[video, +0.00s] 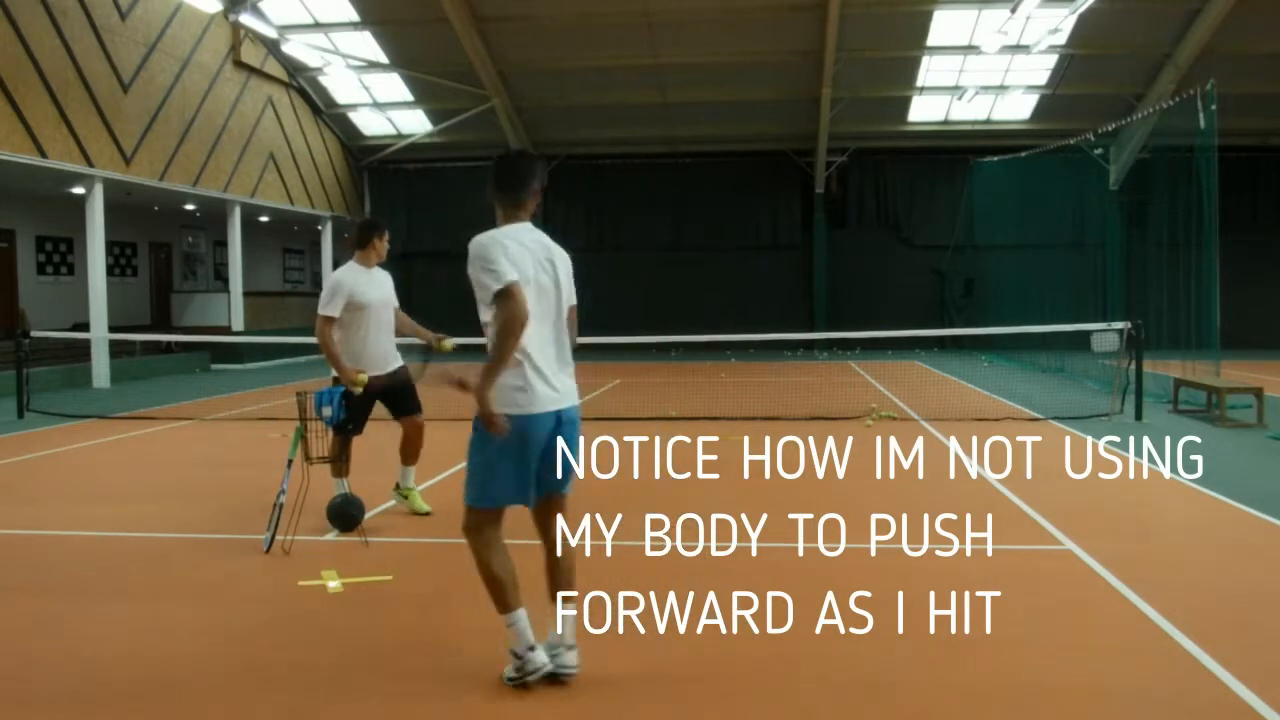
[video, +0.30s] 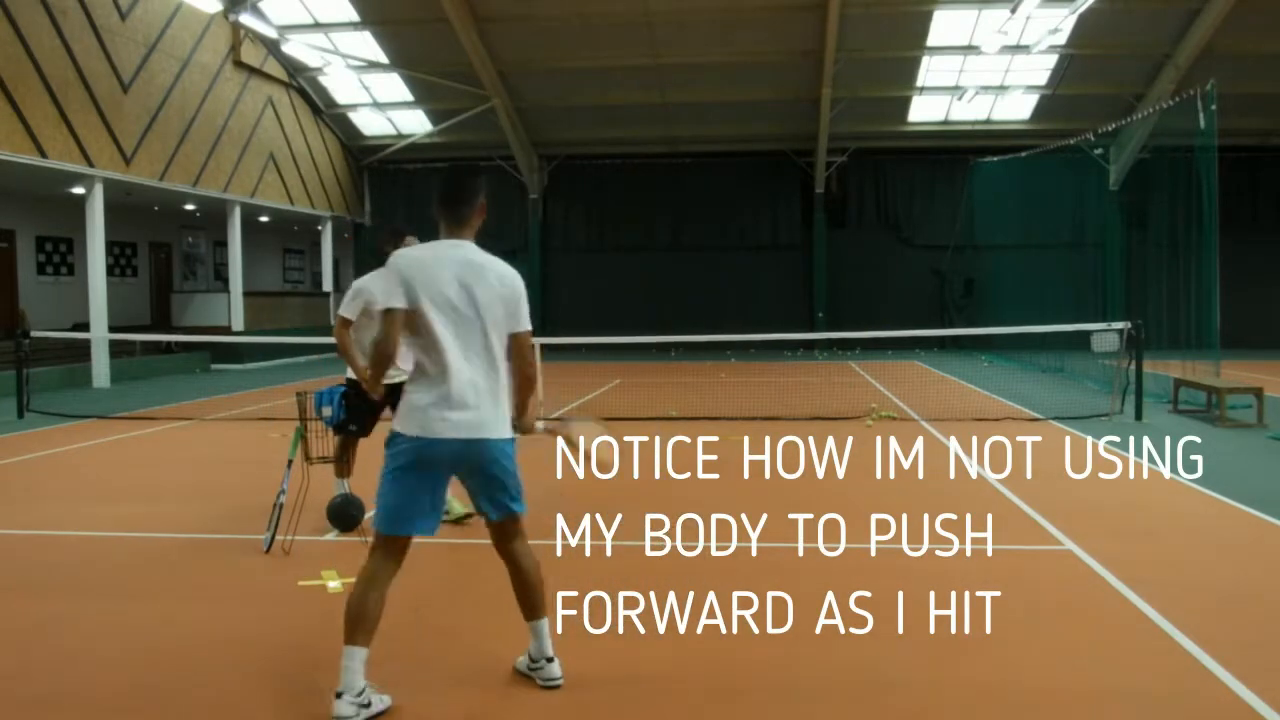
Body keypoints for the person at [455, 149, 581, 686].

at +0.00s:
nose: (538, 197)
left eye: (517, 190)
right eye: (539, 190)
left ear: (493, 193)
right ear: (537, 195)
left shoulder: (489, 244)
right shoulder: (558, 252)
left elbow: (515, 311)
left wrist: (486, 385)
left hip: (514, 409)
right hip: (563, 406)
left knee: (481, 526)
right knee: (552, 516)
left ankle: (526, 648)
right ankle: (565, 642)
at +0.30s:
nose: (482, 216)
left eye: (472, 208)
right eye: (483, 209)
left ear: (436, 213)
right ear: (480, 213)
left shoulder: (404, 264)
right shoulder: (505, 276)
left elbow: (387, 344)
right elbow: (525, 361)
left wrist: (371, 381)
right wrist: (524, 417)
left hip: (419, 434)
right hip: (488, 432)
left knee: (383, 559)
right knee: (513, 542)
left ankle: (351, 687)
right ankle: (545, 656)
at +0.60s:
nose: (444, 196)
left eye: (438, 188)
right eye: (444, 189)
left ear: (391, 194)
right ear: (438, 193)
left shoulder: (361, 255)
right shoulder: (449, 258)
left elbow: (347, 342)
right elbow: (462, 350)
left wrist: (403, 353)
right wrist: (486, 390)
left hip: (365, 432)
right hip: (428, 431)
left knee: (368, 567)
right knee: (479, 559)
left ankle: (350, 694)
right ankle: (523, 685)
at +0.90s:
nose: (469, 211)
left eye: (465, 204)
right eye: (469, 204)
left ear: (420, 207)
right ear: (464, 207)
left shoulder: (397, 269)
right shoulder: (455, 274)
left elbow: (408, 359)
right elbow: (458, 378)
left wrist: (477, 358)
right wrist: (486, 410)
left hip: (383, 449)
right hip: (429, 454)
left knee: (404, 569)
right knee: (459, 593)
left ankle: (356, 697)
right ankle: (416, 715)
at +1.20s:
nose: (516, 215)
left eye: (512, 205)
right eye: (516, 206)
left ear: (467, 208)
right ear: (507, 209)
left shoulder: (459, 267)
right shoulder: (478, 273)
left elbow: (509, 347)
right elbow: (522, 365)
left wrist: (580, 326)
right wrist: (583, 379)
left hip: (459, 443)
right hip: (446, 447)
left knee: (507, 542)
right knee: (460, 591)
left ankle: (470, 662)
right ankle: (415, 712)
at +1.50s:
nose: (576, 232)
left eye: (576, 226)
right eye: (575, 224)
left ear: (543, 223)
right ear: (563, 222)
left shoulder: (564, 280)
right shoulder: (507, 271)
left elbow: (625, 311)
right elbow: (504, 299)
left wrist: (668, 272)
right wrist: (580, 272)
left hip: (526, 441)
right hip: (493, 439)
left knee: (560, 552)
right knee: (539, 564)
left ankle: (494, 663)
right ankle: (471, 695)